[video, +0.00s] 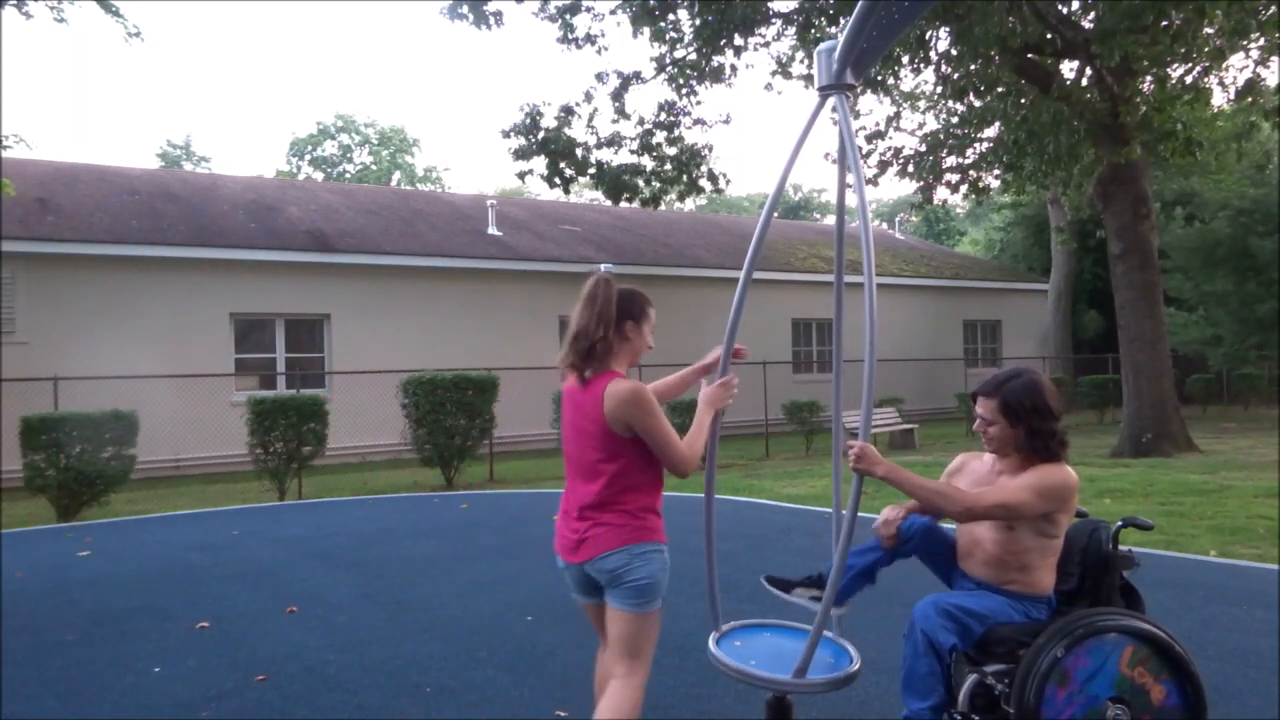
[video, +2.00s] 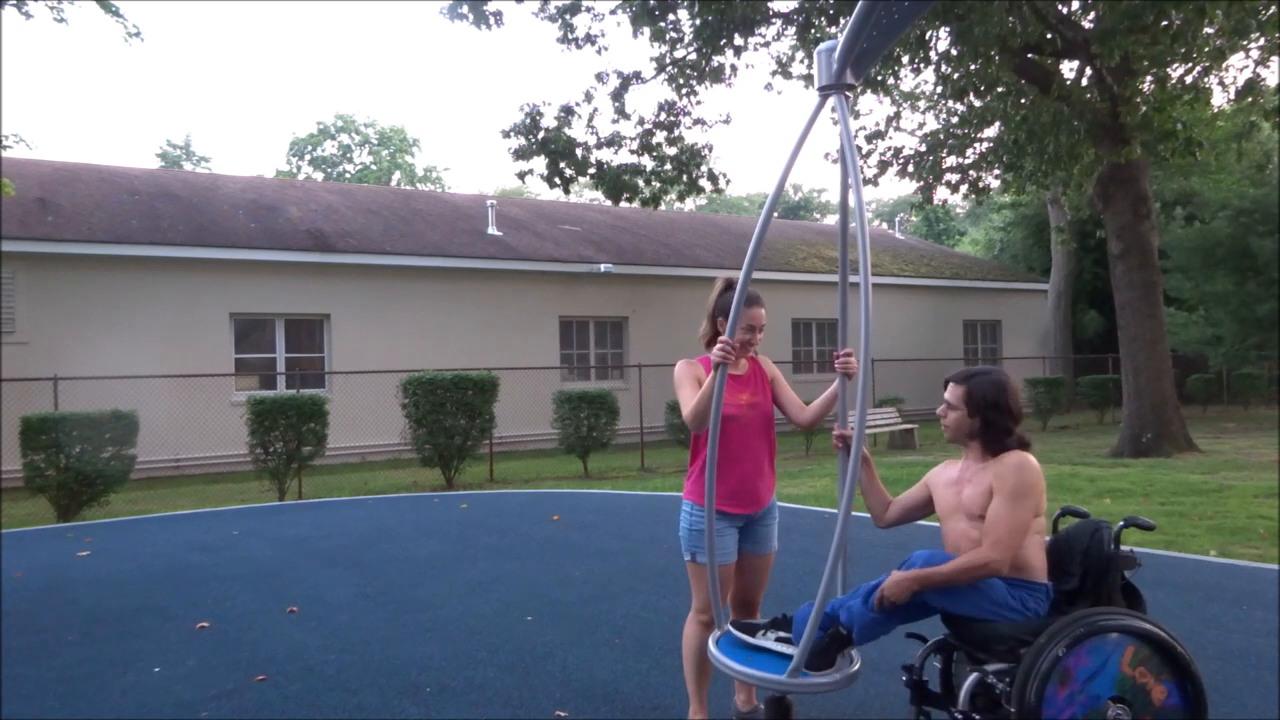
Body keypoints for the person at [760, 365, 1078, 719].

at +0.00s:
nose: (977, 428)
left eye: (988, 422)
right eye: (978, 418)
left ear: (1023, 425)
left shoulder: (1056, 480)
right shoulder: (968, 463)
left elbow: (966, 507)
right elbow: (935, 505)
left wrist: (883, 468)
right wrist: (902, 510)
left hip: (1016, 601)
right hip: (963, 572)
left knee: (931, 614)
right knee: (913, 526)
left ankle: (922, 712)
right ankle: (829, 587)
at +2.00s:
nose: (939, 412)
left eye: (950, 407)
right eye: (943, 403)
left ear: (981, 416)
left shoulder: (1017, 467)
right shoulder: (944, 473)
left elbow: (997, 559)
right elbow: (885, 515)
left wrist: (914, 581)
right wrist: (862, 460)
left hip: (1019, 595)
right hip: (970, 587)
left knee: (925, 561)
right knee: (900, 586)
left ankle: (838, 636)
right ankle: (795, 628)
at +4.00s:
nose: (891, 418)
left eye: (898, 410)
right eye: (888, 409)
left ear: (927, 407)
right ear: (910, 407)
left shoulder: (967, 454)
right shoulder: (905, 447)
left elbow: (1029, 534)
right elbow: (903, 510)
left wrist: (1034, 620)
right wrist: (867, 461)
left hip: (976, 586)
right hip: (921, 563)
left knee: (903, 593)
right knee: (855, 580)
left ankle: (824, 644)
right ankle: (782, 631)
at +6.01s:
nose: (949, 430)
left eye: (959, 422)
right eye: (947, 420)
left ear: (993, 421)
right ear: (946, 415)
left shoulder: (1025, 468)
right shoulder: (944, 464)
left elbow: (945, 484)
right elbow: (895, 526)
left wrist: (880, 424)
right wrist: (837, 531)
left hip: (1001, 600)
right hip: (945, 588)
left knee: (933, 568)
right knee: (876, 594)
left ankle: (852, 649)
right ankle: (796, 636)